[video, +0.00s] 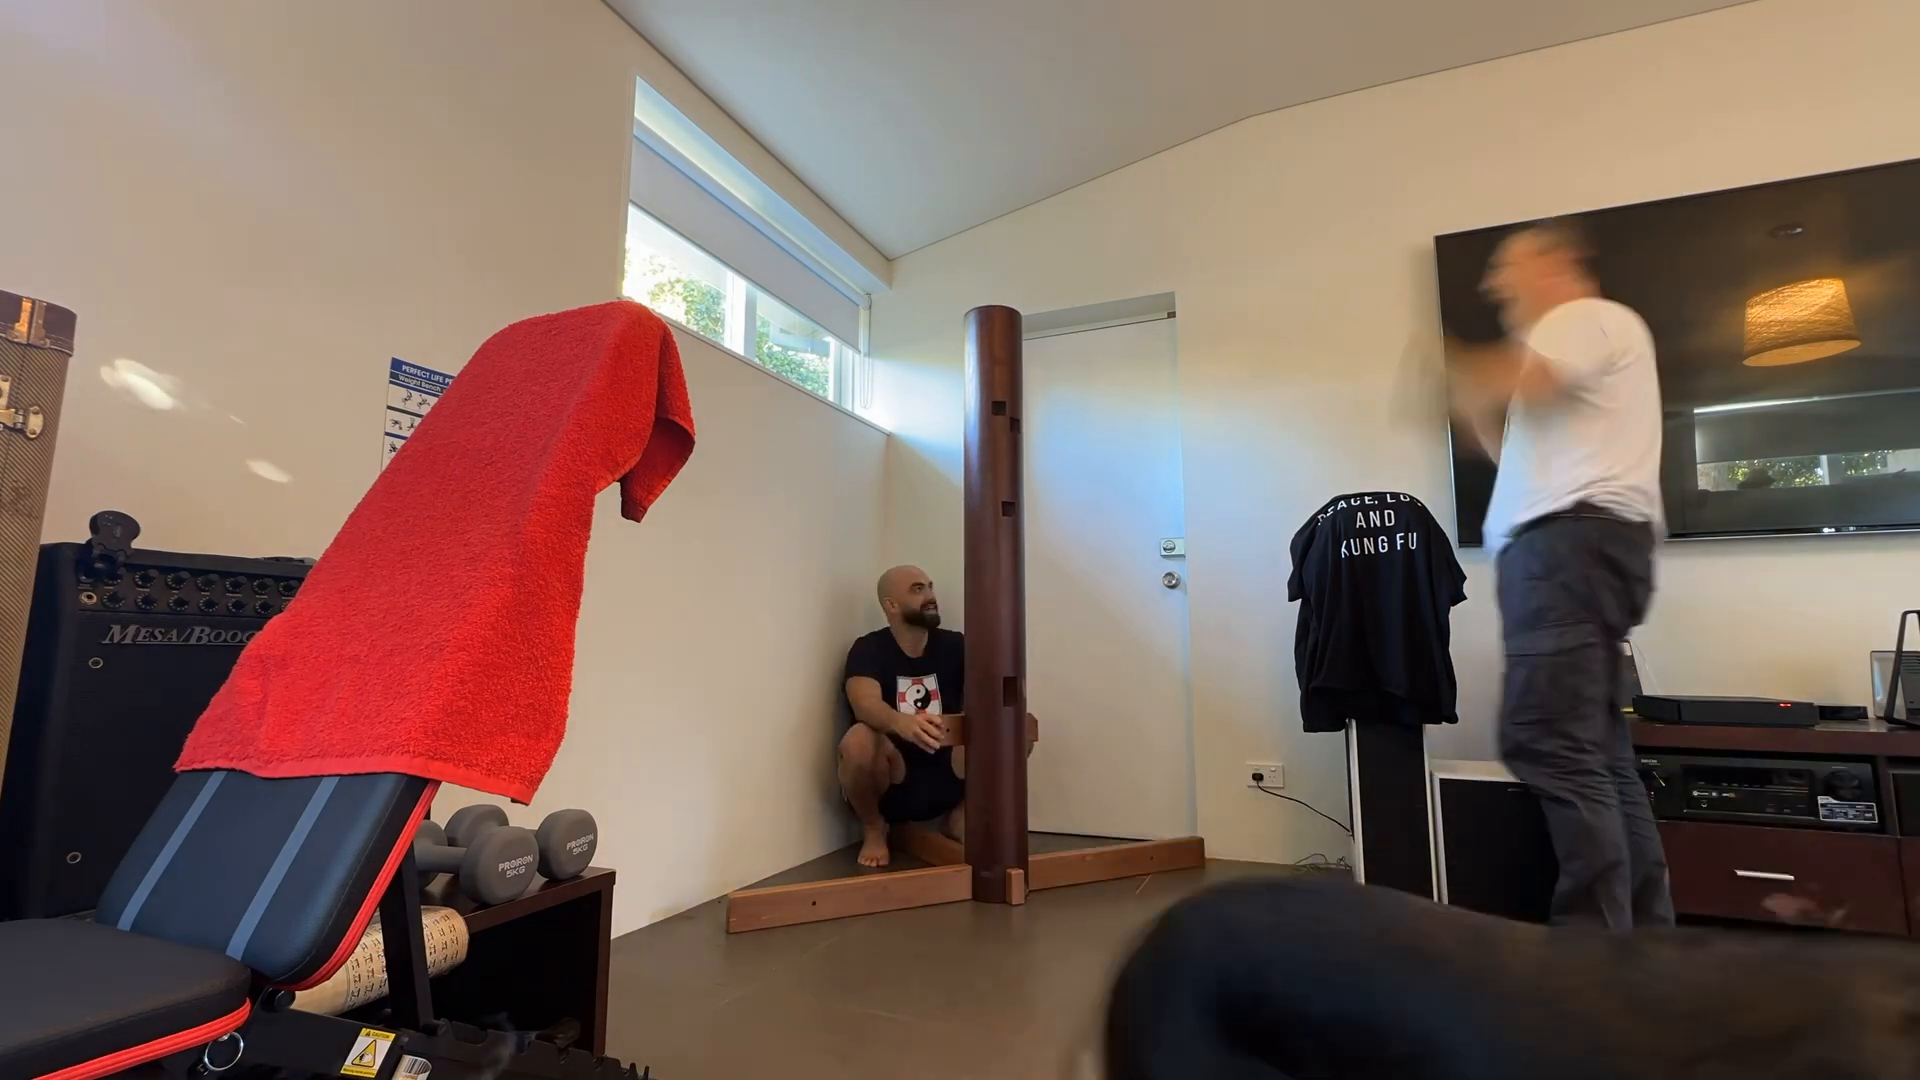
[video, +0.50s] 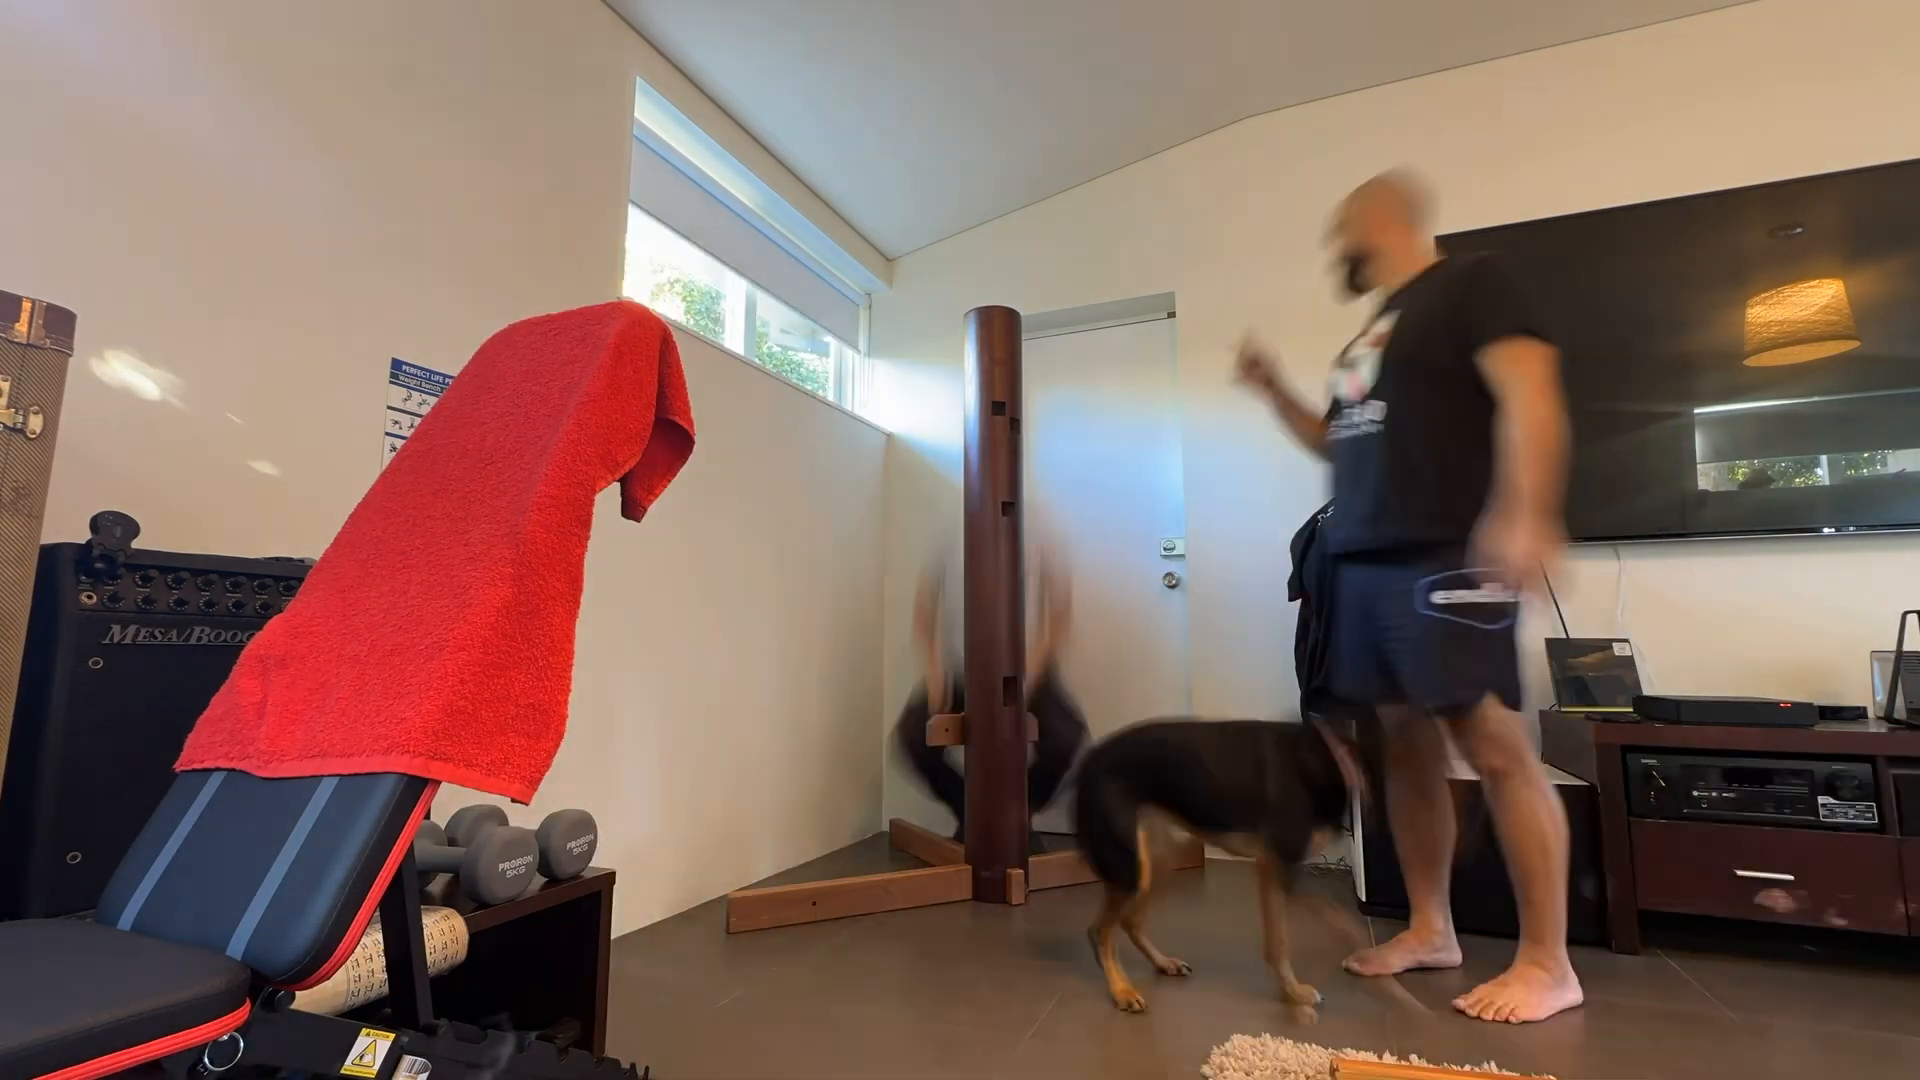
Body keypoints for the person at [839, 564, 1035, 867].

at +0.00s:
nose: (931, 595)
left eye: (931, 588)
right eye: (918, 589)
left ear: (935, 593)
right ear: (890, 605)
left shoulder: (957, 645)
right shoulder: (868, 649)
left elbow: (988, 692)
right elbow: (866, 704)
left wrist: (1020, 718)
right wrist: (900, 721)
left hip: (949, 768)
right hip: (894, 773)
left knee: (1019, 727)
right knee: (858, 741)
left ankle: (963, 817)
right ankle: (873, 828)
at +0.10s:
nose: (935, 624)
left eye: (942, 614)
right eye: (924, 613)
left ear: (949, 611)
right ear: (899, 607)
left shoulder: (961, 650)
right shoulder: (873, 648)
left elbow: (991, 692)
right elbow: (862, 705)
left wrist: (1022, 712)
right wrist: (902, 717)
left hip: (949, 773)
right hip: (893, 776)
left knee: (1019, 732)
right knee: (858, 741)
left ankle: (962, 818)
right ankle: (873, 828)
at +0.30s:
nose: (965, 601)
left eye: (973, 592)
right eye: (958, 591)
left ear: (991, 585)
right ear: (947, 582)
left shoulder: (1011, 612)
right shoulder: (931, 629)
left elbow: (1054, 652)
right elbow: (924, 703)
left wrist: (1028, 613)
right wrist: (959, 729)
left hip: (1018, 733)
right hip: (958, 736)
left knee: (1072, 759)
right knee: (894, 759)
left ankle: (1021, 817)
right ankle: (964, 814)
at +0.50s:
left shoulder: (1041, 542)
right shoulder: (952, 540)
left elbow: (1056, 624)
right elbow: (925, 615)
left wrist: (1024, 685)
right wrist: (934, 677)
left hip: (1025, 672)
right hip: (961, 672)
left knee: (1065, 737)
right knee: (912, 736)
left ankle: (1015, 815)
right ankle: (972, 815)